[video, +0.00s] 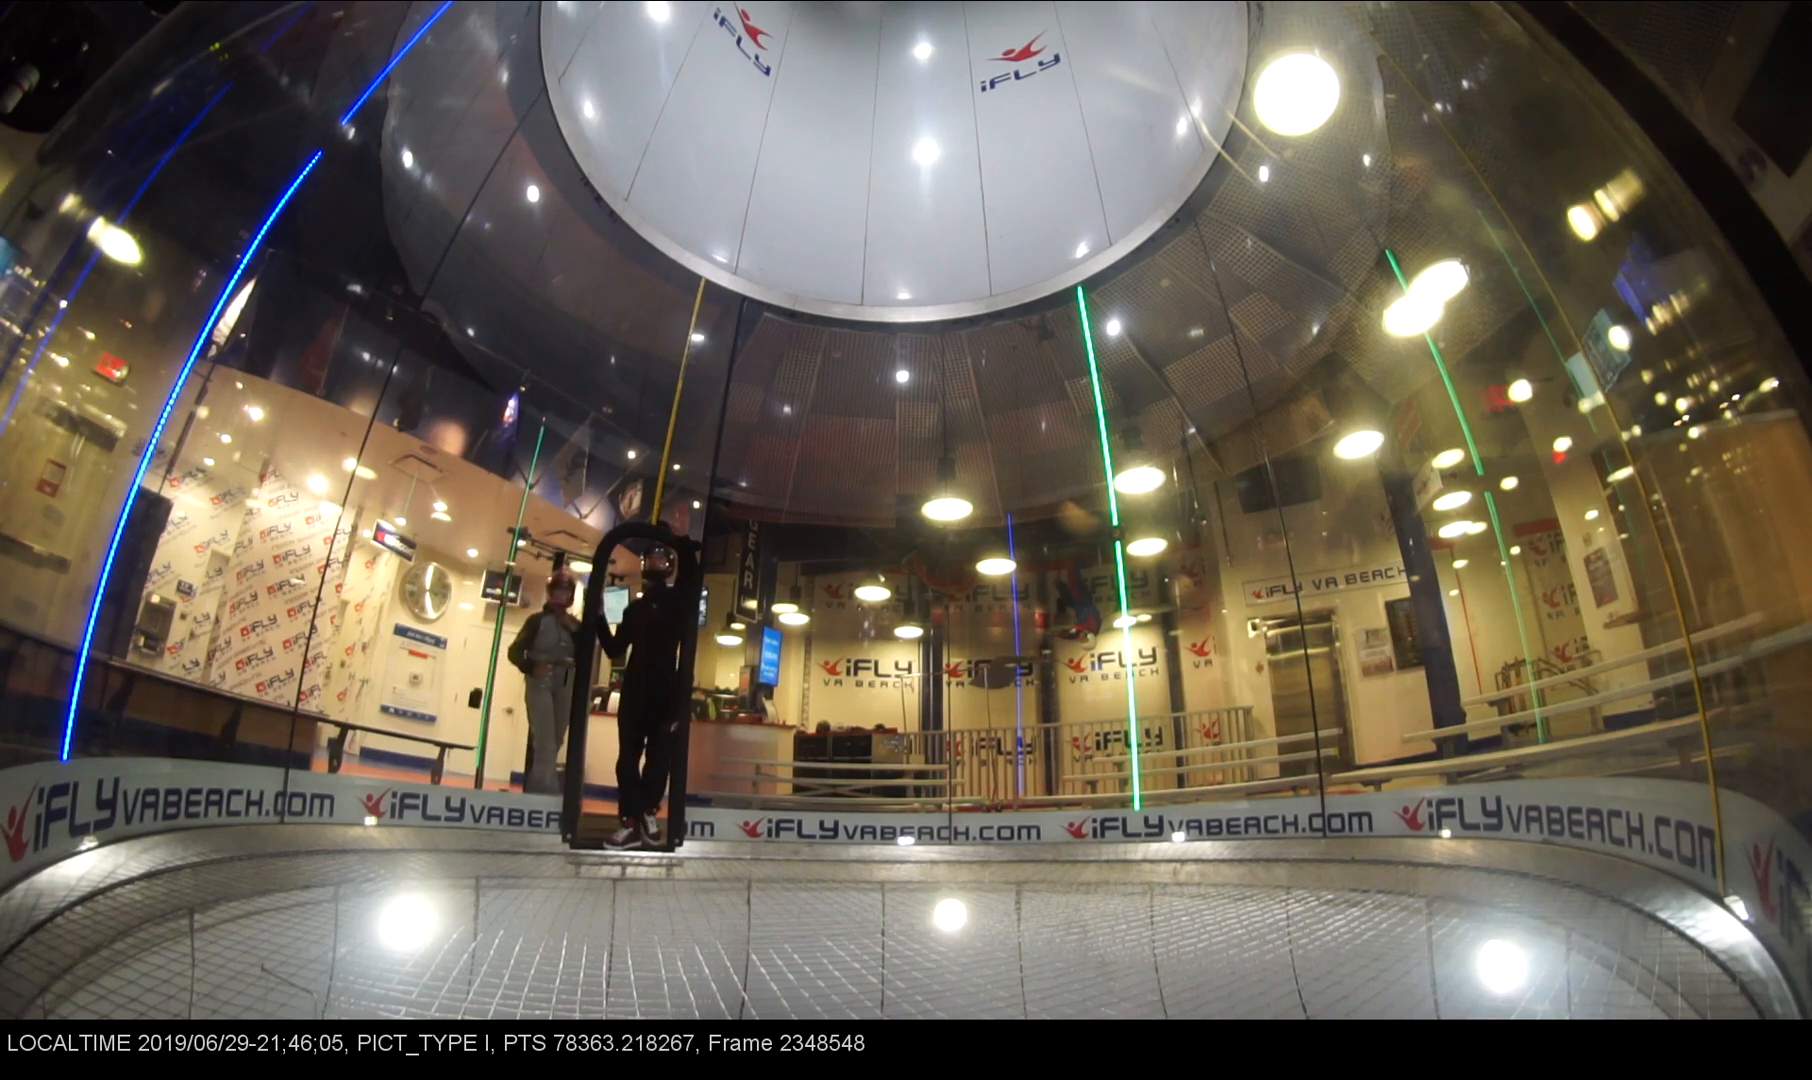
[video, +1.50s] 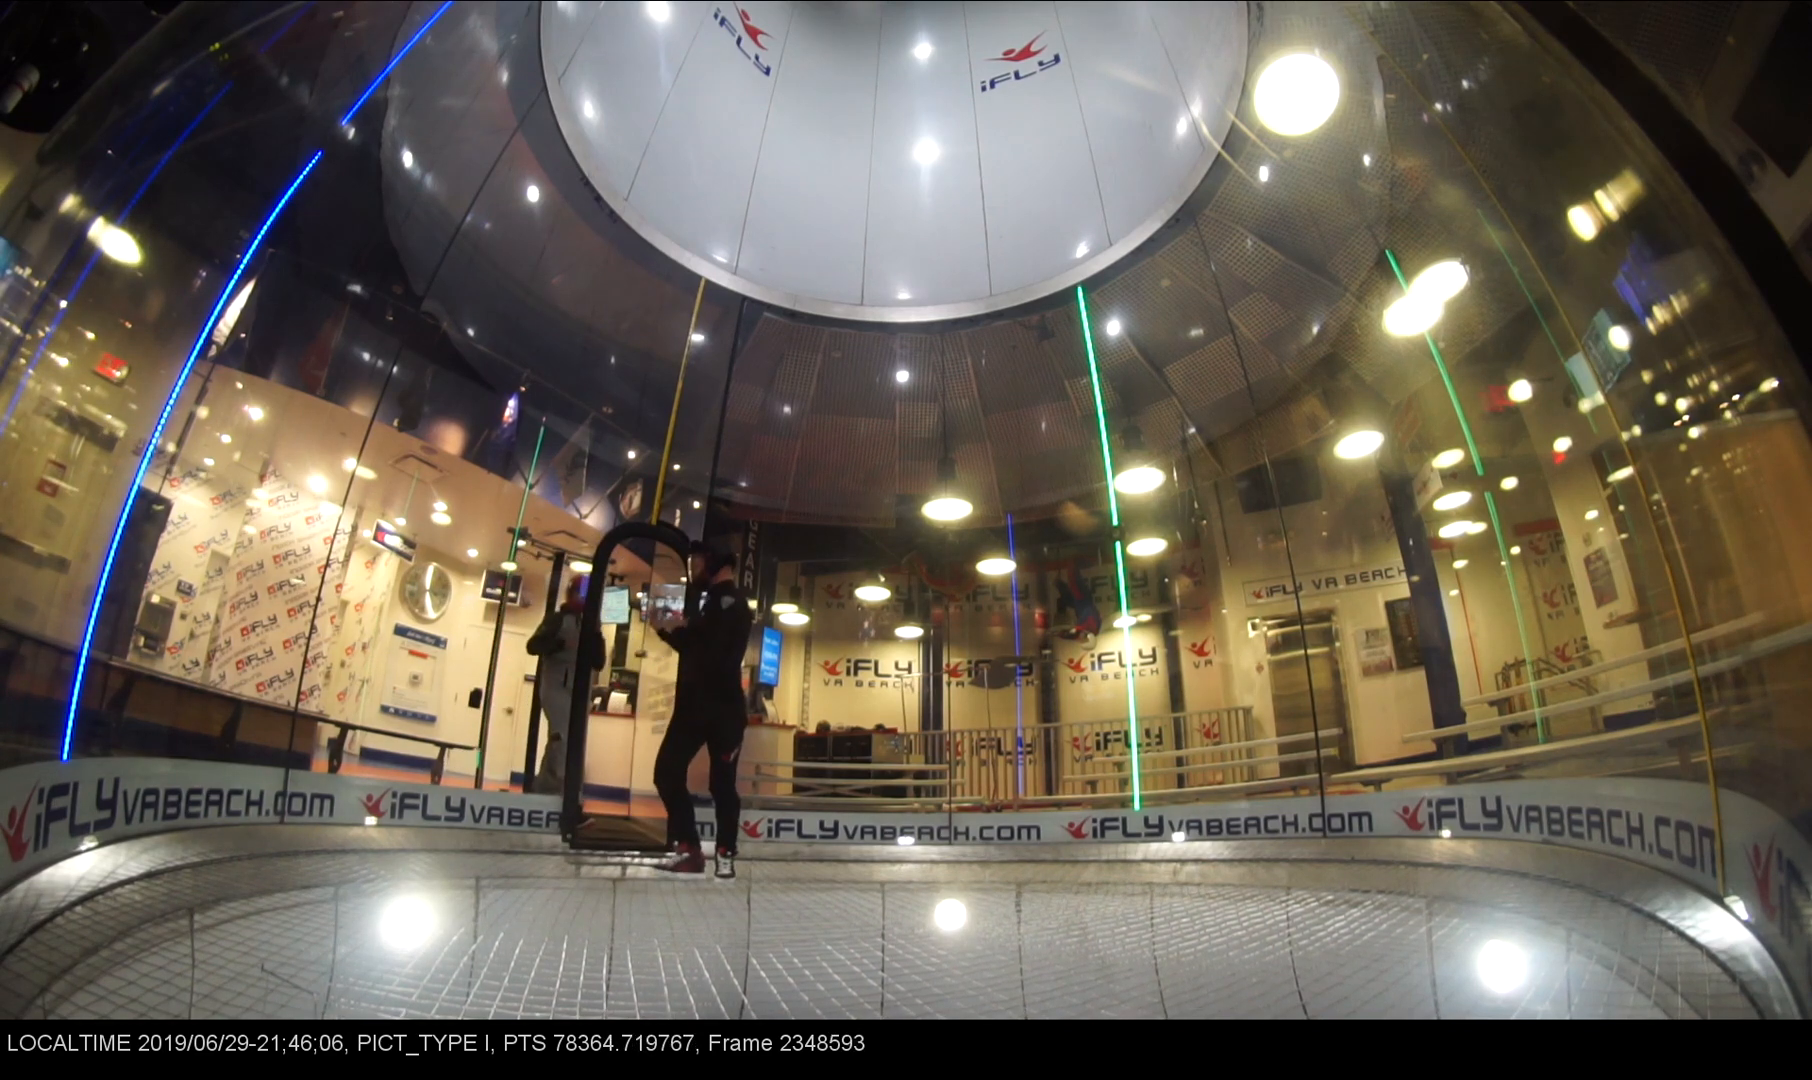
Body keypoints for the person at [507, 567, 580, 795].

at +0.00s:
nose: (560, 595)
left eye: (565, 590)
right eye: (557, 589)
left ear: (571, 596)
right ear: (550, 591)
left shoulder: (575, 625)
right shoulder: (537, 620)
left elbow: (587, 653)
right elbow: (514, 651)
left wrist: (574, 629)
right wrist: (531, 667)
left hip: (566, 681)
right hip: (540, 679)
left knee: (555, 740)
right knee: (545, 741)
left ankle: (536, 794)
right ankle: (547, 798)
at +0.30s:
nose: (563, 594)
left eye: (569, 590)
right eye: (559, 588)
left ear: (576, 596)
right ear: (552, 591)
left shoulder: (579, 626)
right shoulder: (541, 621)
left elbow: (588, 656)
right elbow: (518, 652)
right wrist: (532, 671)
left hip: (569, 685)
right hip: (543, 682)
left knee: (557, 740)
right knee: (547, 741)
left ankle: (538, 792)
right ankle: (545, 796)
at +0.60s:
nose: (568, 596)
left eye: (573, 591)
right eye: (564, 590)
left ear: (579, 597)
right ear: (556, 593)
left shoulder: (580, 626)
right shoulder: (544, 620)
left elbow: (591, 660)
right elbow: (519, 650)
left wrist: (583, 633)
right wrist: (532, 671)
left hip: (570, 686)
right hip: (545, 683)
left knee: (559, 739)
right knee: (547, 740)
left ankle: (538, 790)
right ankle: (544, 796)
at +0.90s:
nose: (575, 597)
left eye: (578, 593)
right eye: (571, 591)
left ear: (582, 596)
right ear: (562, 593)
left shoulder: (578, 626)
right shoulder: (548, 619)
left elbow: (586, 655)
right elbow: (520, 648)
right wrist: (537, 669)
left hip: (569, 685)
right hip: (548, 682)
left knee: (559, 739)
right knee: (552, 739)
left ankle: (544, 793)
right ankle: (542, 795)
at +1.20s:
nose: (581, 600)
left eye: (583, 595)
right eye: (577, 594)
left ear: (585, 598)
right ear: (566, 595)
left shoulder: (579, 626)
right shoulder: (551, 619)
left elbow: (588, 662)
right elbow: (525, 645)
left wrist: (593, 652)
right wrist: (545, 668)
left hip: (574, 687)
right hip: (552, 685)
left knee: (561, 741)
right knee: (557, 739)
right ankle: (555, 796)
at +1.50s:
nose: (583, 597)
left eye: (587, 593)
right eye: (579, 592)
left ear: (592, 596)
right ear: (570, 593)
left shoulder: (591, 623)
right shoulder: (557, 618)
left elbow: (598, 662)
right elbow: (533, 646)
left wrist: (594, 635)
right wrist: (556, 642)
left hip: (581, 690)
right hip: (555, 686)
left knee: (562, 737)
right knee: (561, 735)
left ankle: (545, 786)